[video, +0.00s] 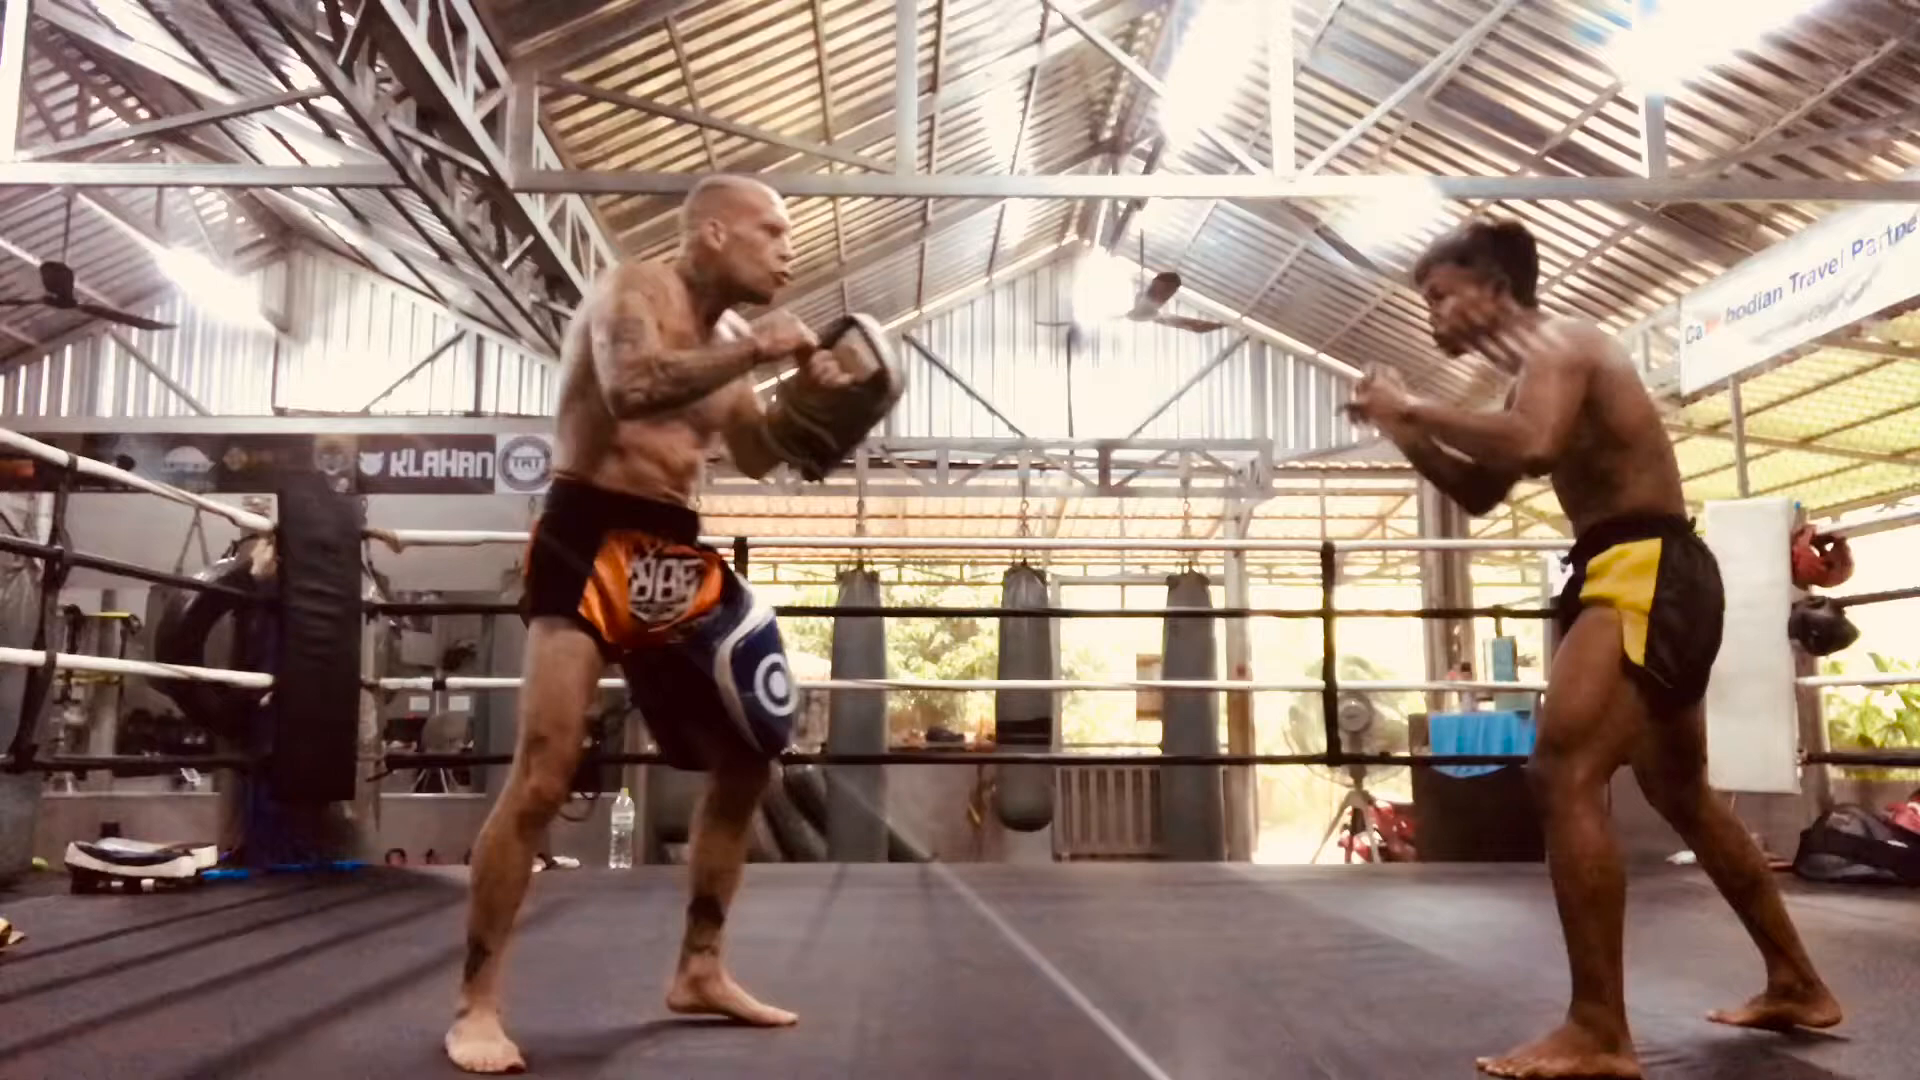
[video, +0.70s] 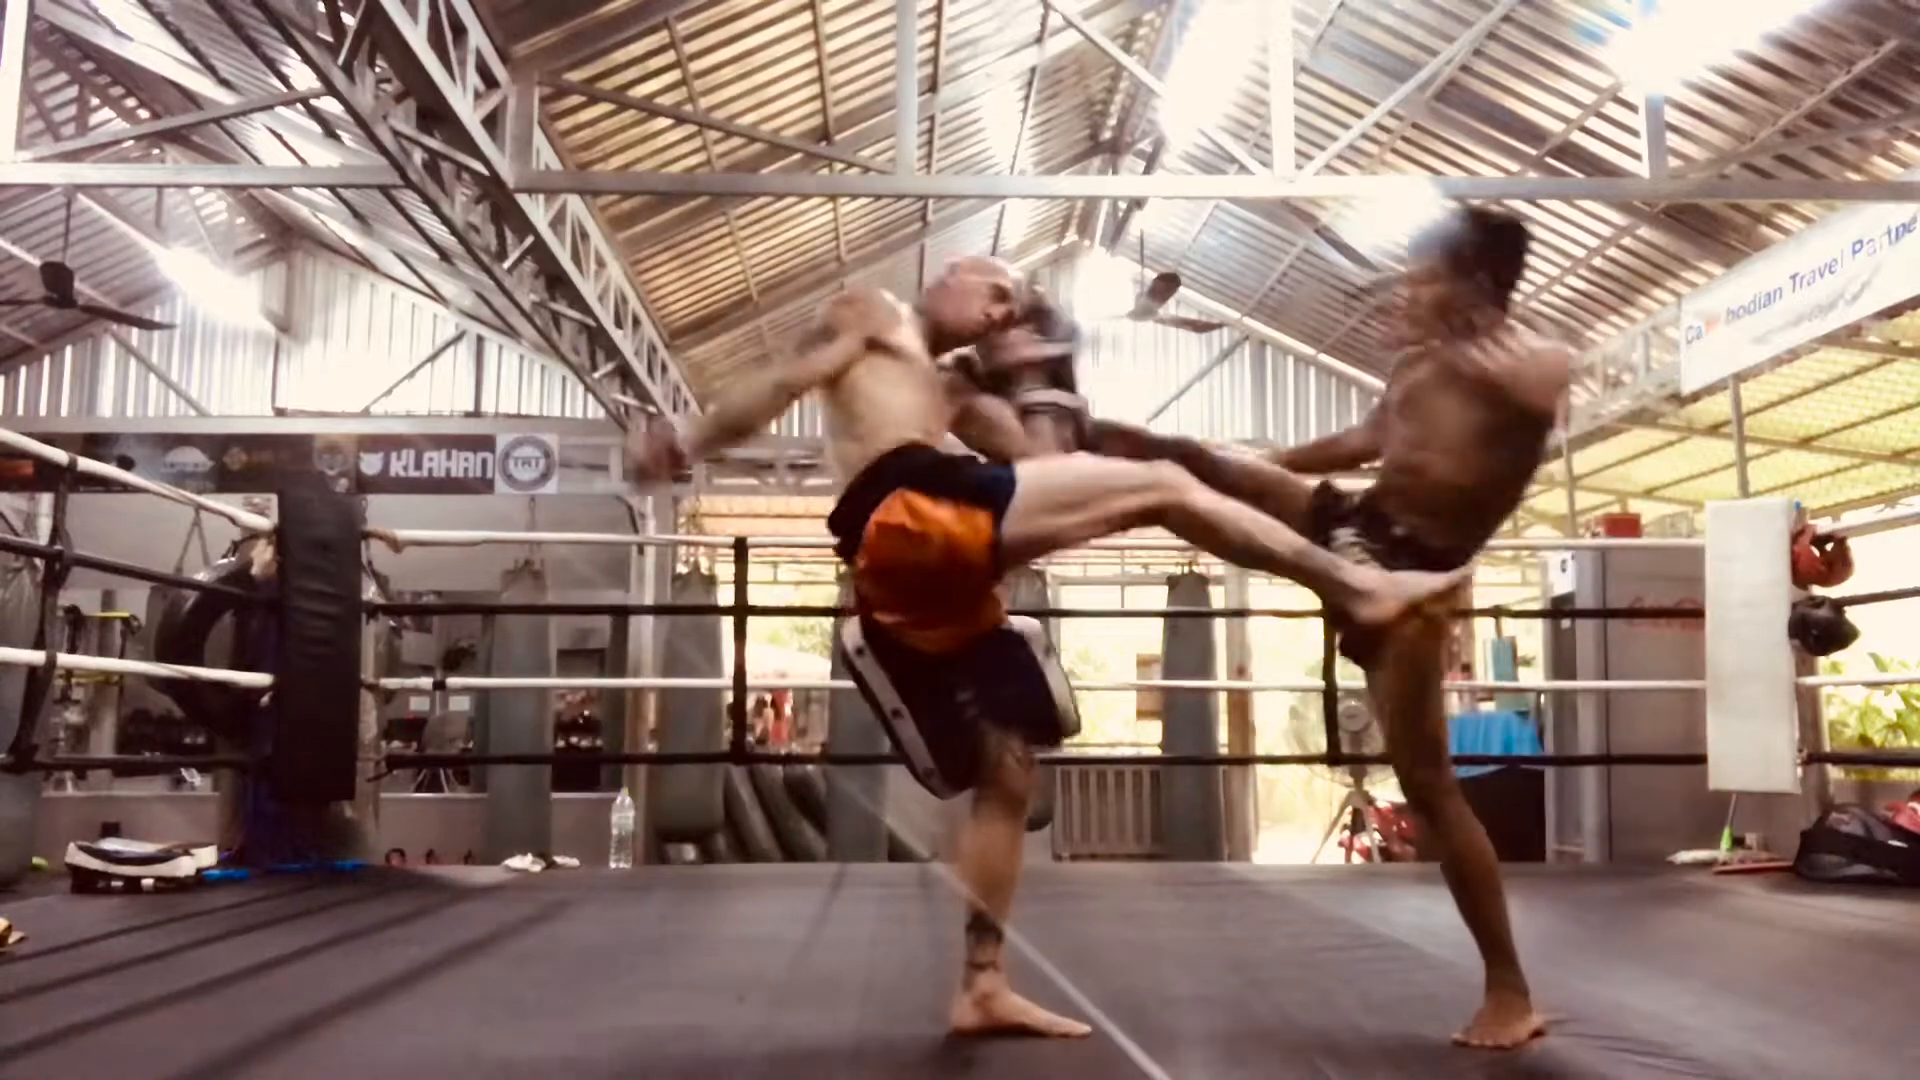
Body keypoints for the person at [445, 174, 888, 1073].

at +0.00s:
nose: (785, 251)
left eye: (786, 236)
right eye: (771, 233)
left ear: (728, 236)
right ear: (713, 232)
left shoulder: (720, 336)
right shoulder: (634, 285)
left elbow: (758, 448)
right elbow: (633, 383)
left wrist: (820, 400)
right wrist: (759, 349)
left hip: (675, 545)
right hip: (587, 535)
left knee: (747, 753)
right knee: (543, 781)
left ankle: (701, 970)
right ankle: (478, 1006)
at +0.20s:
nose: (841, 263)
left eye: (842, 249)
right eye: (827, 241)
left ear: (801, 257)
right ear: (768, 239)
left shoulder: (778, 350)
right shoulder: (696, 302)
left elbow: (801, 466)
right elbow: (708, 389)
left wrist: (837, 424)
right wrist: (846, 375)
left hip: (722, 553)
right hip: (634, 545)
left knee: (830, 747)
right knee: (557, 784)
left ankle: (818, 963)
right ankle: (481, 1004)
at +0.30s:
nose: (885, 276)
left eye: (884, 261)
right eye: (870, 257)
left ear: (827, 265)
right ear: (818, 260)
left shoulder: (804, 351)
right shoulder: (768, 313)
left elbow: (806, 480)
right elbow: (884, 370)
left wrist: (909, 439)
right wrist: (938, 312)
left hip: (764, 570)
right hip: (708, 561)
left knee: (904, 766)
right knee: (607, 795)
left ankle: (958, 978)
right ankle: (491, 999)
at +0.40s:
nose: (917, 300)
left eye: (919, 285)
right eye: (906, 279)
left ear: (857, 281)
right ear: (855, 274)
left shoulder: (844, 364)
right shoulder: (820, 329)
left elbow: (866, 511)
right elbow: (942, 377)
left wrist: (942, 451)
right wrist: (1052, 342)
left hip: (852, 575)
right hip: (809, 566)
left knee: (986, 771)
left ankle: (981, 986)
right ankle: (582, 924)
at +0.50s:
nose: (955, 312)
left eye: (957, 298)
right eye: (943, 293)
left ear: (893, 300)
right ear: (890, 290)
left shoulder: (832, 341)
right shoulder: (863, 323)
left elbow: (951, 464)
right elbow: (923, 425)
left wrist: (954, 365)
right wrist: (960, 371)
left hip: (834, 557)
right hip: (863, 538)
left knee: (991, 769)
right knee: (1020, 668)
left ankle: (983, 982)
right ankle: (942, 798)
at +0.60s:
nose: (991, 315)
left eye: (996, 305)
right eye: (980, 296)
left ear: (982, 316)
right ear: (929, 284)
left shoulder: (945, 382)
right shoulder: (871, 320)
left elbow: (1013, 439)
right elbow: (816, 412)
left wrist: (987, 356)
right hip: (878, 503)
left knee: (998, 770)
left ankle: (982, 983)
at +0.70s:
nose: (1001, 318)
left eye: (1007, 313)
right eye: (995, 298)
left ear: (974, 321)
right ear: (947, 283)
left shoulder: (952, 394)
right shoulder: (878, 320)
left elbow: (1045, 463)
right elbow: (779, 392)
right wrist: (686, 445)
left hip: (913, 580)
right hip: (919, 504)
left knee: (1007, 773)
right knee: (1160, 482)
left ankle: (983, 987)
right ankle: (1359, 582)